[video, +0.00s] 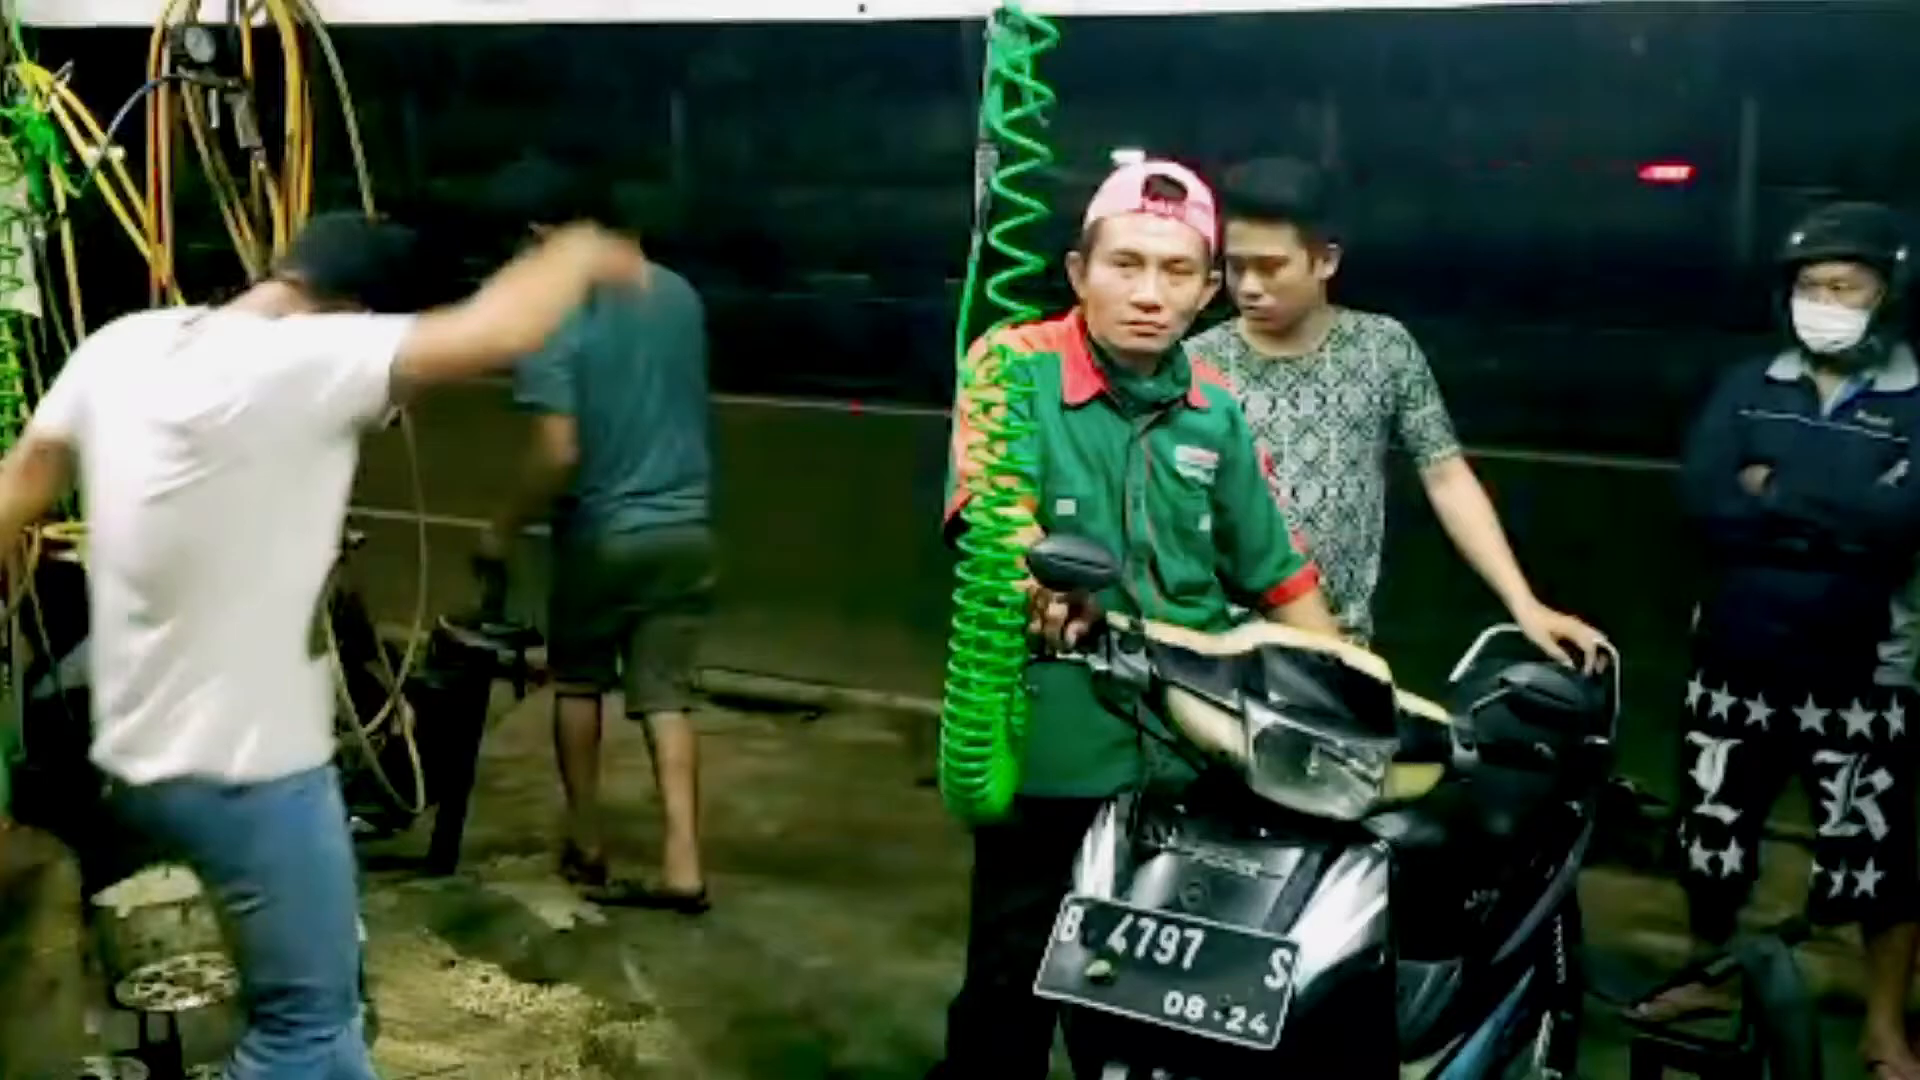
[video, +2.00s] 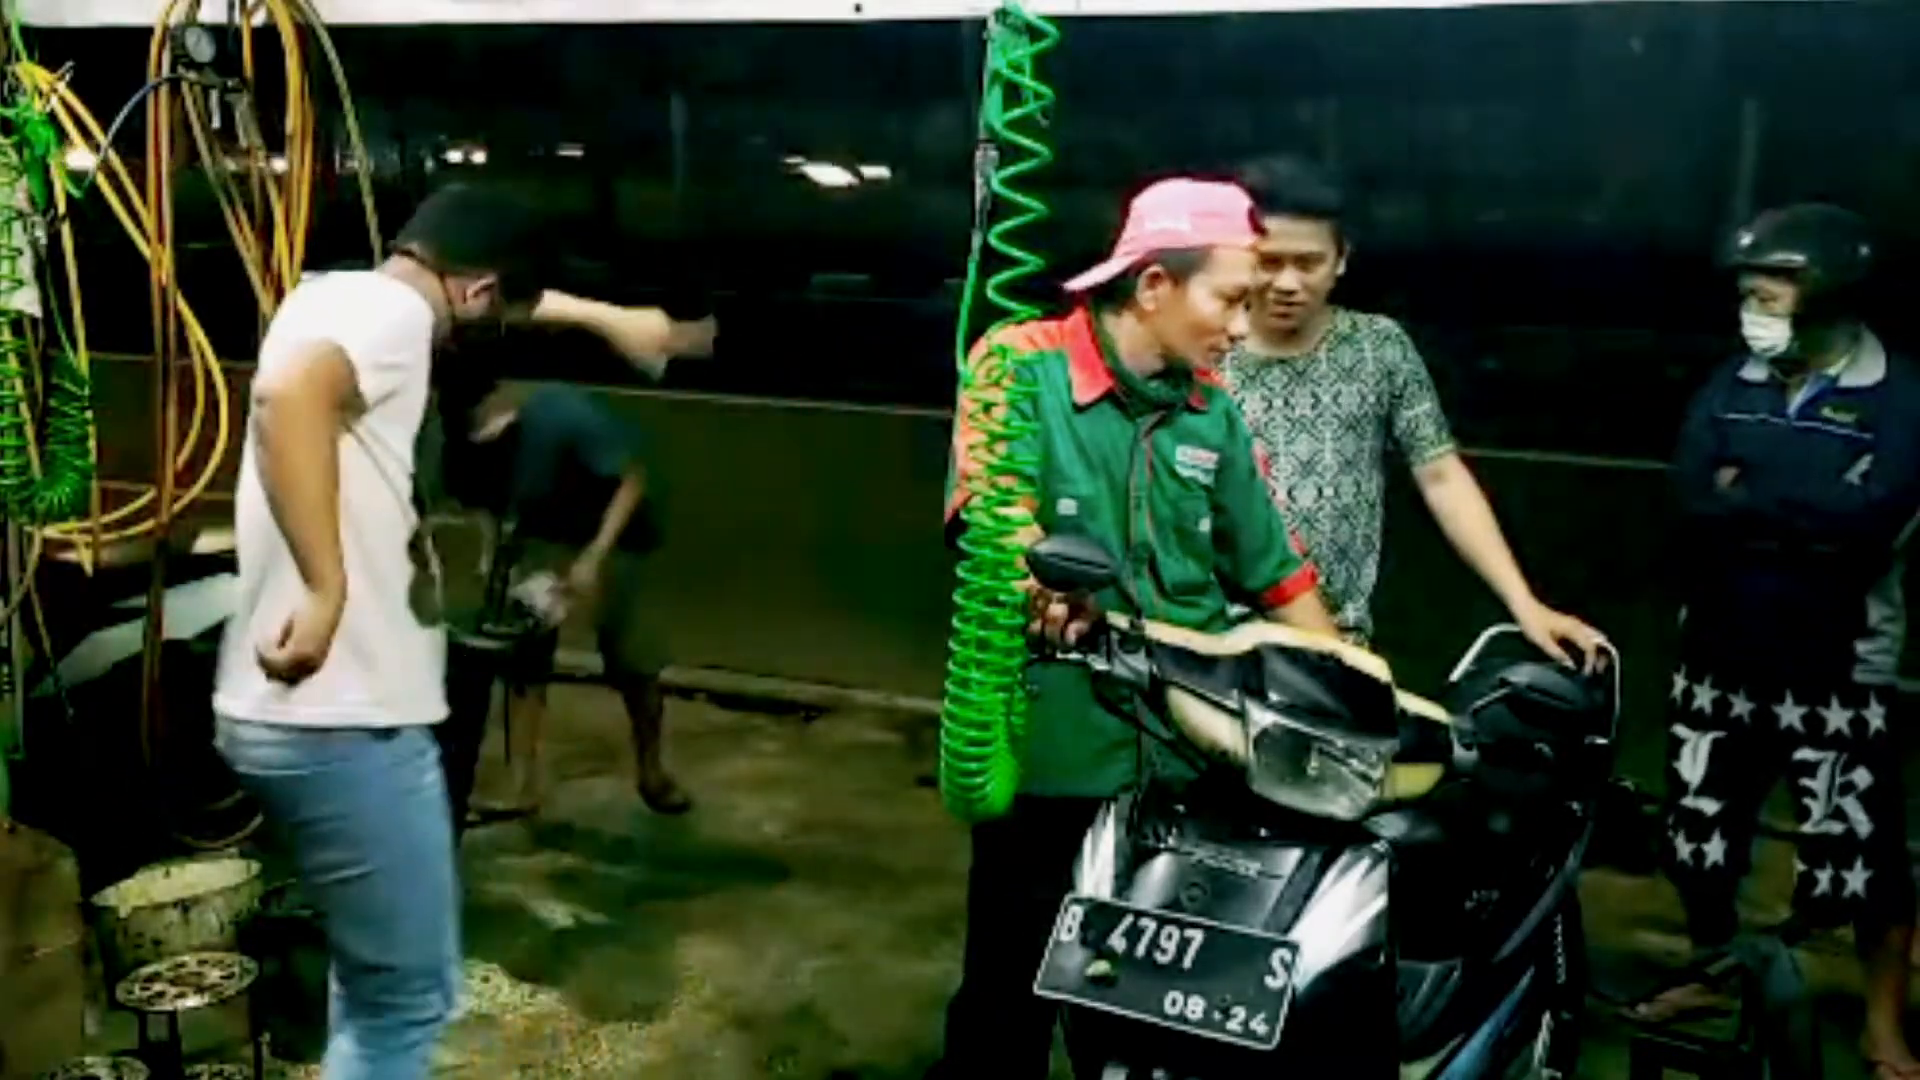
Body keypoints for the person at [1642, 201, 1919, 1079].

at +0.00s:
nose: (1826, 305)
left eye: (1847, 290)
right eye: (1812, 287)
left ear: (1882, 298)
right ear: (1788, 294)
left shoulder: (1908, 401)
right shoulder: (1745, 388)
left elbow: (1897, 519)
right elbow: (1701, 498)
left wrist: (1768, 482)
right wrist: (1836, 513)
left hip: (1861, 664)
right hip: (1739, 655)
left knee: (1874, 857)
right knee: (1709, 835)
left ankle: (1887, 1026)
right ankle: (1709, 971)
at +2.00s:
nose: (1756, 303)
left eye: (1778, 289)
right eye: (1750, 286)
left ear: (1830, 299)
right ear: (1741, 290)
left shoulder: (1891, 395)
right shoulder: (1729, 384)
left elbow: (1872, 520)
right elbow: (1688, 499)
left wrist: (1740, 482)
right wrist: (1825, 499)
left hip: (1839, 659)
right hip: (1721, 649)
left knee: (1860, 852)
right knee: (1699, 829)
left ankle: (1885, 1020)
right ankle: (1709, 972)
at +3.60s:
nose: (1881, 305)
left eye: (1901, 291)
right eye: (1869, 288)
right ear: (1845, 301)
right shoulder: (1796, 395)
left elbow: (1910, 516)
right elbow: (1753, 502)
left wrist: (1816, 485)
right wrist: (1876, 508)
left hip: (1892, 666)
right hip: (1779, 656)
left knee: (1892, 855)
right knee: (1709, 824)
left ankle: (1862, 985)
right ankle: (1710, 966)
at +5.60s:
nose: (1894, 302)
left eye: (1911, 288)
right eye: (1882, 285)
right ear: (1855, 294)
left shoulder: (1918, 413)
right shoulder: (1806, 386)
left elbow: (1910, 521)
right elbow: (1757, 486)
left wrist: (1819, 478)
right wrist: (1868, 519)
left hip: (1889, 658)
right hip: (1781, 641)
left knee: (1883, 839)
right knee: (1736, 810)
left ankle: (1862, 982)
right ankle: (1717, 944)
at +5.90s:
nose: (1879, 304)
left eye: (1899, 291)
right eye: (1868, 286)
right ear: (1845, 293)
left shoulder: (1917, 411)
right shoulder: (1799, 384)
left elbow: (1909, 512)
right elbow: (1748, 483)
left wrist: (1814, 476)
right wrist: (1860, 507)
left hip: (1890, 649)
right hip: (1782, 632)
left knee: (1883, 832)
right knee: (1737, 799)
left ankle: (1863, 980)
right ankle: (1719, 932)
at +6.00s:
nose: (1876, 306)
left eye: (1896, 292)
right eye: (1864, 288)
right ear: (1838, 296)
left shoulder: (1918, 406)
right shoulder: (1787, 388)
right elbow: (1725, 496)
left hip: (1892, 656)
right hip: (1784, 643)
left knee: (1886, 837)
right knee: (1757, 808)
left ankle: (1862, 984)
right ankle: (1724, 942)